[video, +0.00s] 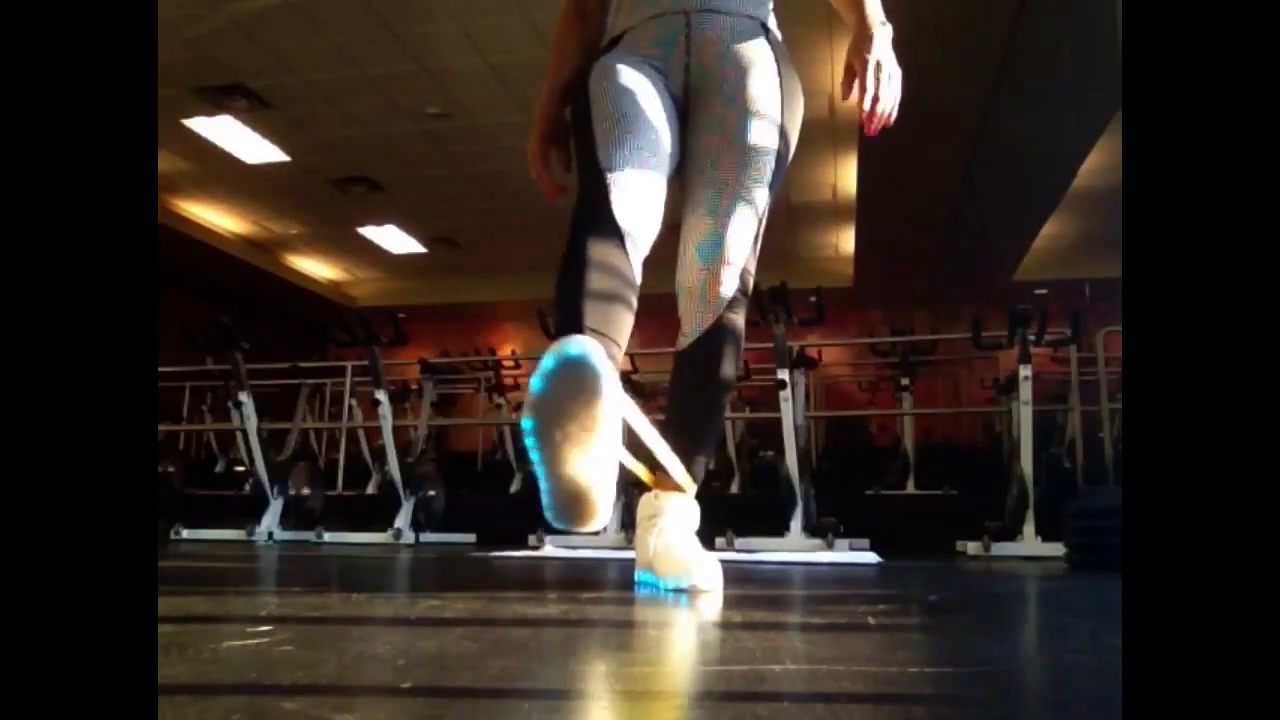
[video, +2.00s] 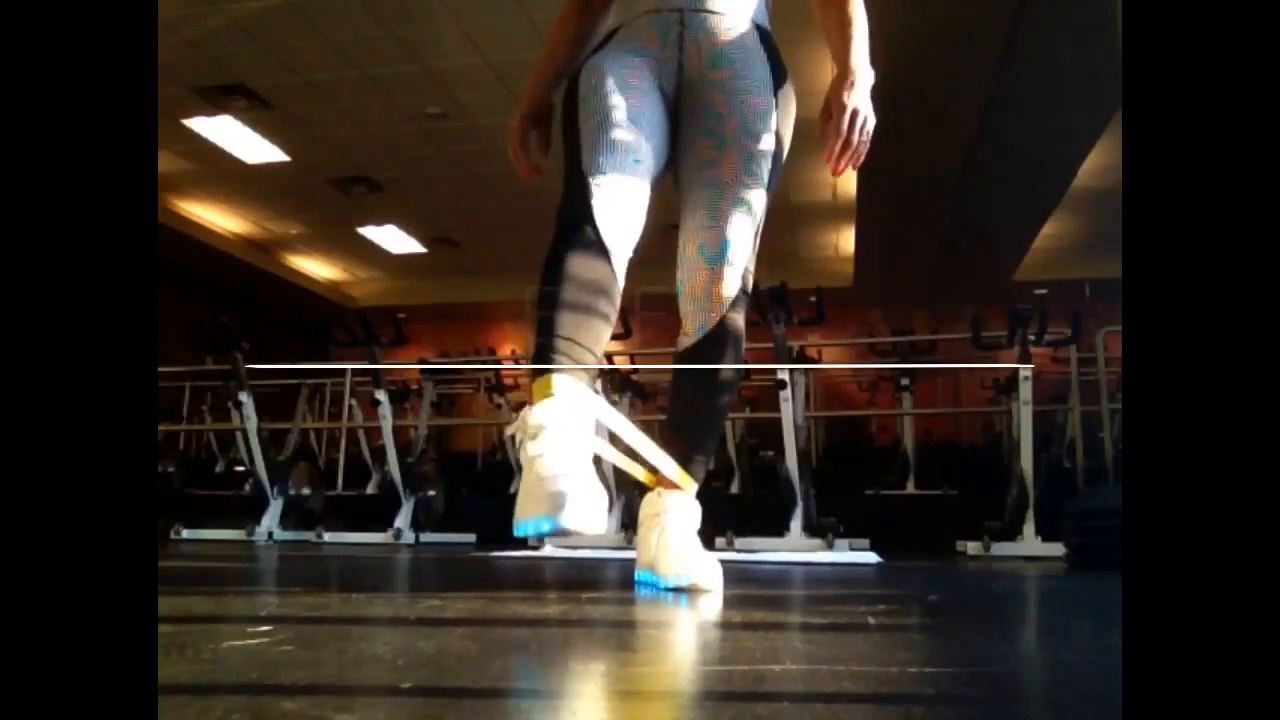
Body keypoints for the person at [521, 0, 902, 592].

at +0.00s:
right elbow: (585, 7)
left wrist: (872, 25)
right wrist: (554, 106)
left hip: (745, 28)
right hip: (632, 31)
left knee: (717, 273)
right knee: (614, 206)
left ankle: (674, 513)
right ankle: (577, 441)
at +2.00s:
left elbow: (835, 3)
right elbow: (588, 3)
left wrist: (855, 72)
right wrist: (543, 86)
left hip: (738, 26)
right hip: (623, 21)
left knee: (719, 278)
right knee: (602, 208)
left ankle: (673, 513)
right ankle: (558, 435)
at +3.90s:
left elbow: (827, 5)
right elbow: (595, 3)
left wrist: (826, 89)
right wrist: (551, 98)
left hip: (742, 25)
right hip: (631, 23)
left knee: (720, 268)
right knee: (601, 220)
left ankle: (673, 517)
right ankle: (549, 469)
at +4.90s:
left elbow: (826, 6)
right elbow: (588, 4)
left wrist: (836, 91)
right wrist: (554, 83)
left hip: (742, 26)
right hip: (629, 18)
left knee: (722, 268)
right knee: (617, 192)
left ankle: (676, 507)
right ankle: (595, 411)